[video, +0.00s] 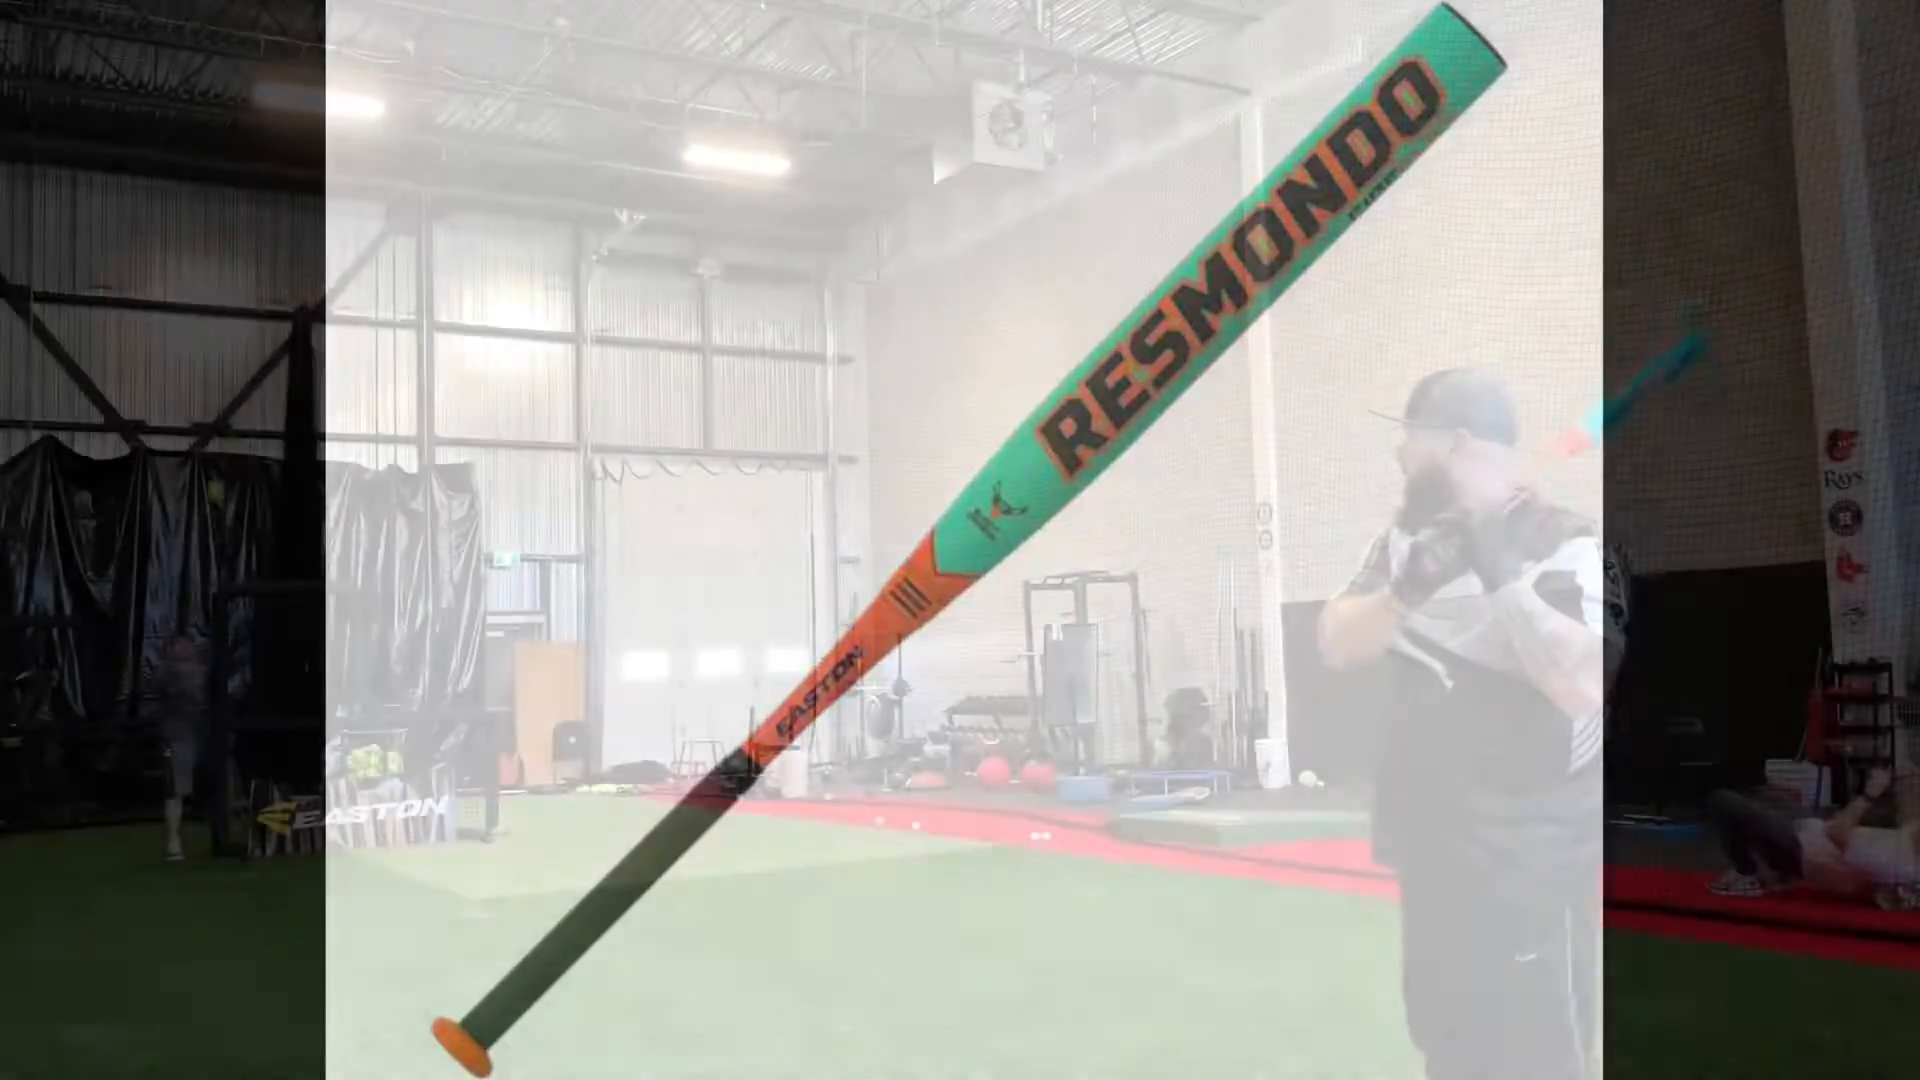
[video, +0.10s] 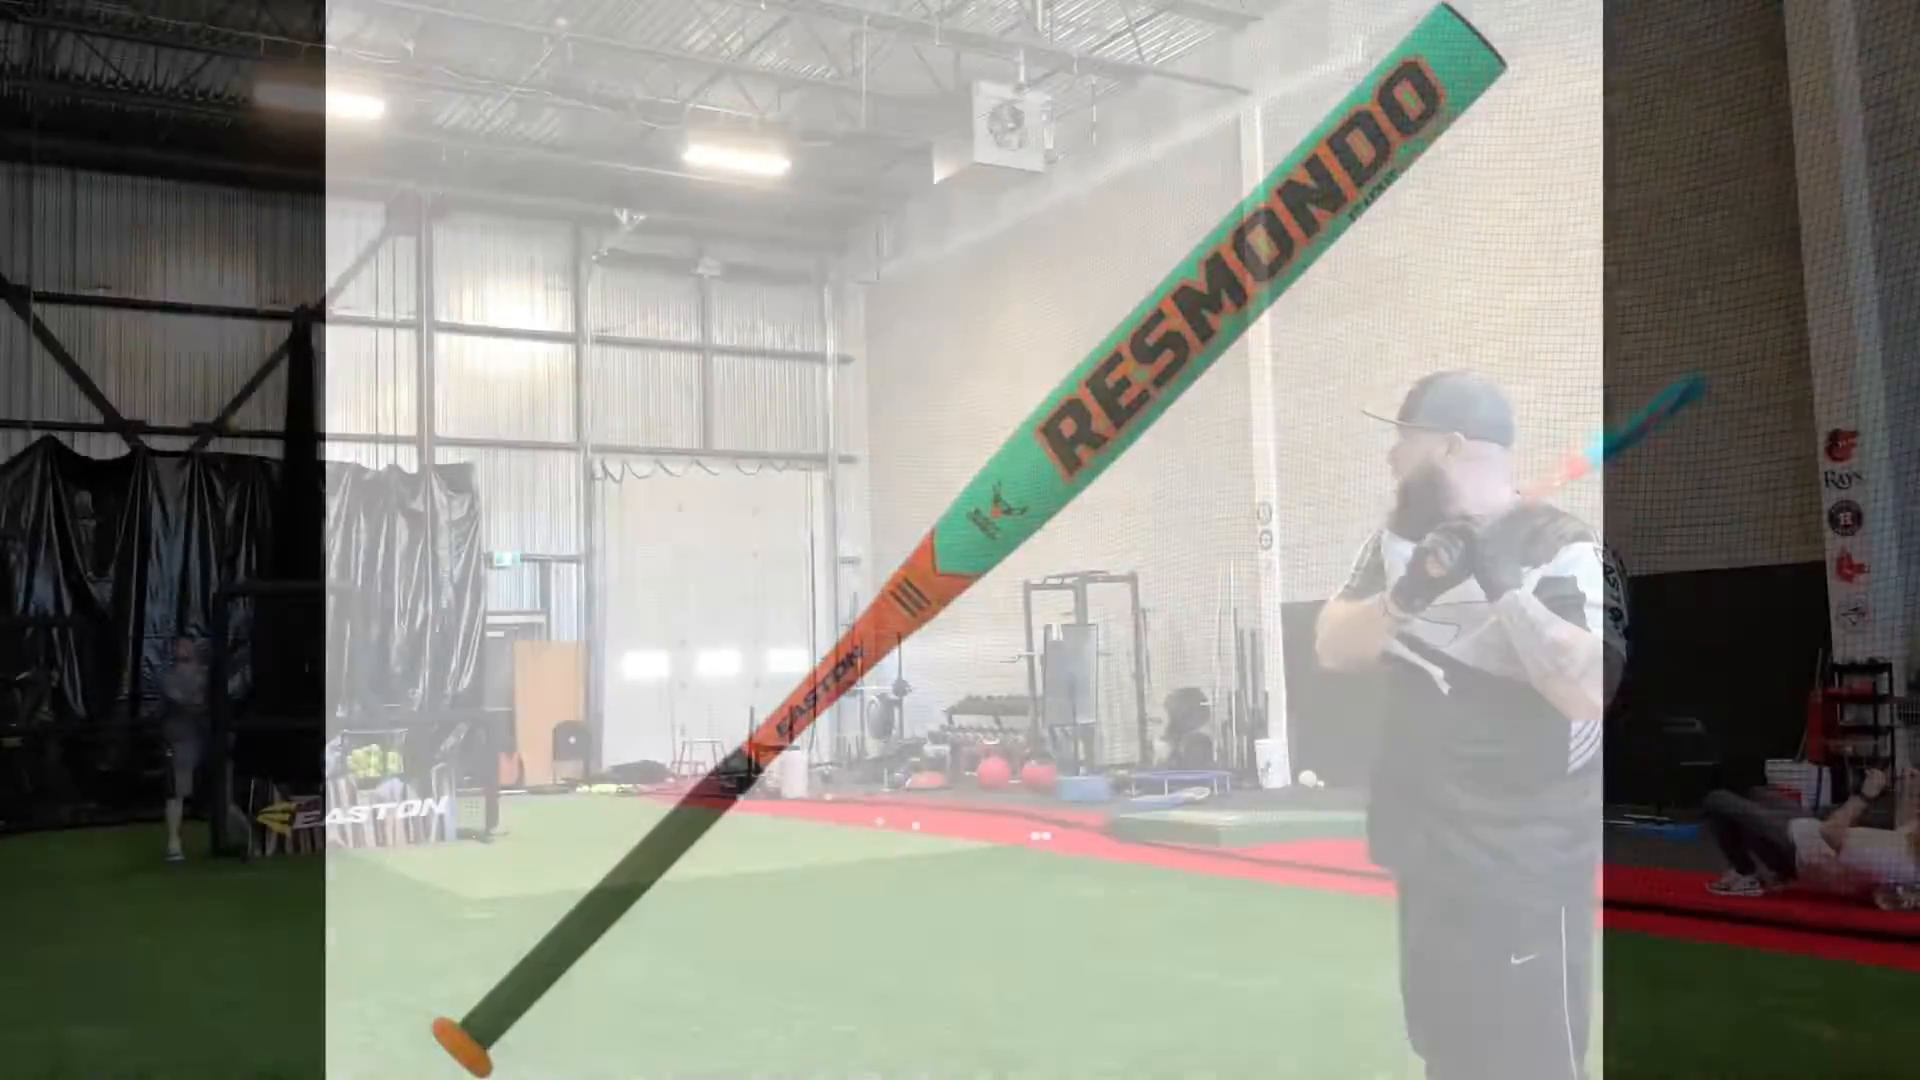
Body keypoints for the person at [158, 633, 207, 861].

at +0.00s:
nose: (184, 664)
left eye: (188, 657)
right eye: (178, 658)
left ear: (196, 658)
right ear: (168, 658)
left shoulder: (203, 675)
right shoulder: (165, 676)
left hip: (207, 732)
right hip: (179, 733)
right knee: (177, 789)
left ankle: (225, 839)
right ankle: (174, 841)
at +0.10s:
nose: (184, 657)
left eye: (188, 653)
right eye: (180, 652)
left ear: (196, 653)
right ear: (174, 653)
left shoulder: (205, 673)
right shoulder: (169, 674)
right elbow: (171, 694)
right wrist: (189, 698)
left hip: (210, 730)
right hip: (182, 730)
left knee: (221, 792)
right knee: (177, 789)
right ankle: (174, 841)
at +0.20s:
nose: (191, 650)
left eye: (195, 645)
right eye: (186, 646)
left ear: (202, 650)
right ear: (179, 652)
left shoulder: (211, 674)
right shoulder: (173, 678)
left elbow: (222, 705)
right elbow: (178, 709)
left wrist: (226, 733)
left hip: (214, 735)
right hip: (187, 735)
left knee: (223, 786)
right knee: (180, 791)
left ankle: (230, 830)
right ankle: (173, 840)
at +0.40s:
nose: (204, 662)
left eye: (207, 657)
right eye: (201, 657)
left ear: (214, 658)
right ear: (193, 658)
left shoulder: (223, 680)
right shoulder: (191, 684)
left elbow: (234, 709)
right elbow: (190, 721)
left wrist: (243, 734)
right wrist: (194, 756)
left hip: (223, 742)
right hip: (198, 743)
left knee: (231, 794)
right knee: (187, 794)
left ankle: (237, 837)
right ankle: (175, 841)